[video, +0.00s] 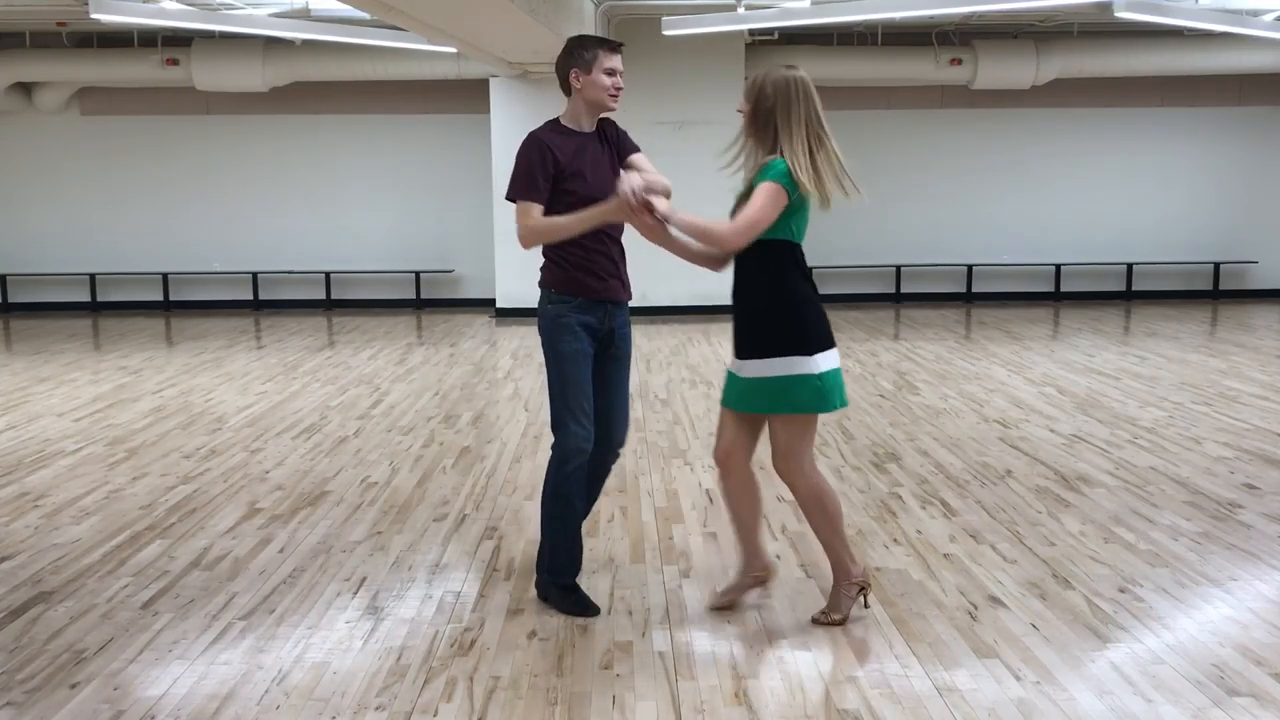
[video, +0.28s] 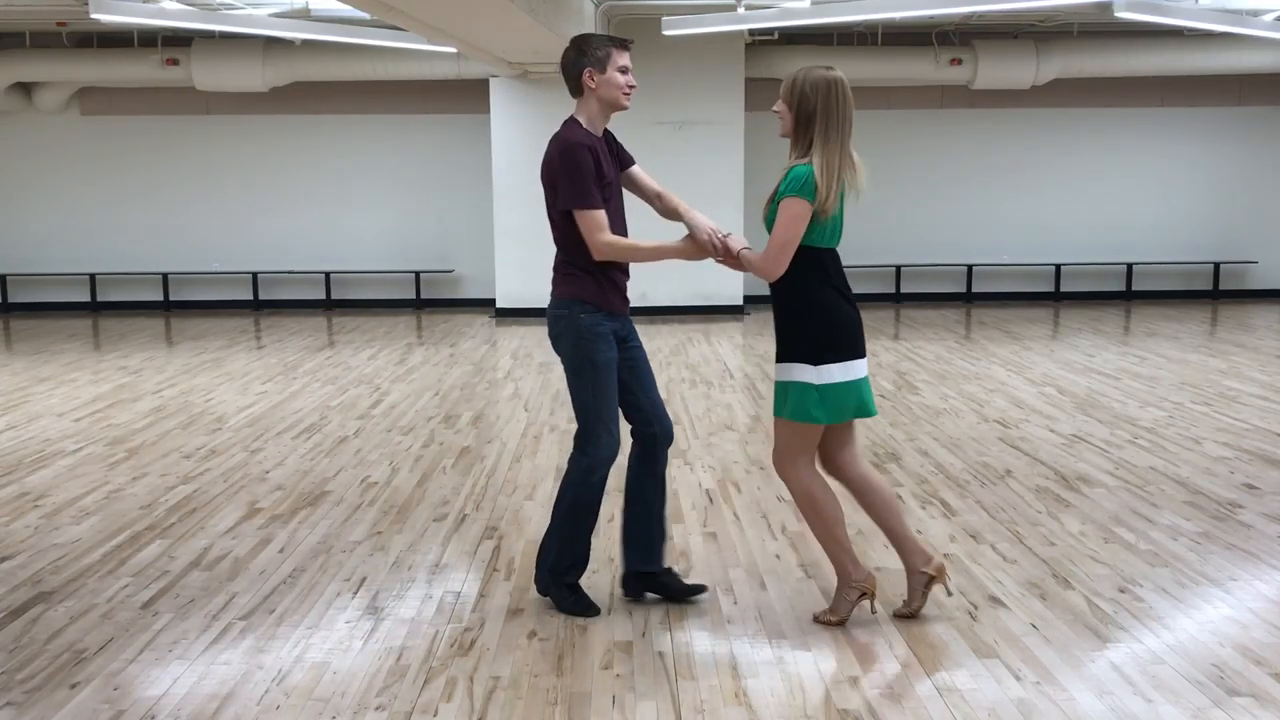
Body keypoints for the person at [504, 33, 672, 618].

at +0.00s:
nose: (620, 83)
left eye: (621, 75)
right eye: (610, 74)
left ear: (602, 82)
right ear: (576, 78)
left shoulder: (614, 138)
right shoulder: (540, 145)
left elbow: (662, 187)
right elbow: (529, 232)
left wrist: (645, 186)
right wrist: (609, 211)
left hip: (613, 310)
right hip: (566, 310)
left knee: (608, 440)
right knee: (575, 441)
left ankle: (557, 538)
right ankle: (555, 580)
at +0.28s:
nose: (632, 82)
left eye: (632, 72)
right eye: (623, 71)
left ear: (602, 81)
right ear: (588, 79)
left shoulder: (605, 143)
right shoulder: (572, 146)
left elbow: (658, 198)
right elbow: (600, 246)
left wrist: (699, 222)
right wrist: (679, 251)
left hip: (614, 315)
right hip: (580, 316)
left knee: (654, 431)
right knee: (600, 443)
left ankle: (644, 571)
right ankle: (556, 573)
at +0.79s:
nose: (629, 78)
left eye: (628, 68)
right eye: (620, 68)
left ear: (596, 77)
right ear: (587, 74)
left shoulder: (590, 139)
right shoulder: (571, 136)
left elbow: (630, 199)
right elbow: (581, 227)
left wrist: (666, 186)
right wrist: (654, 207)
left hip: (602, 312)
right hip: (585, 314)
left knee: (636, 432)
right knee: (616, 441)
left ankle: (598, 567)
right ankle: (576, 584)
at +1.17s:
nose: (590, 84)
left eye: (589, 75)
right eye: (581, 75)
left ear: (554, 83)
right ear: (549, 81)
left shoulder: (555, 137)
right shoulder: (528, 139)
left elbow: (593, 161)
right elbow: (585, 176)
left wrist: (630, 148)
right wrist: (632, 153)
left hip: (542, 315)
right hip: (537, 317)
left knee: (544, 446)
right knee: (581, 446)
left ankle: (500, 579)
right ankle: (533, 582)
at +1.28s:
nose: (580, 87)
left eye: (579, 77)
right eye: (571, 77)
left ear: (541, 85)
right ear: (538, 83)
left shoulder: (536, 137)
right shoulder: (522, 139)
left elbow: (590, 150)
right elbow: (589, 151)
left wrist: (629, 126)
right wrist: (627, 121)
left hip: (538, 319)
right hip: (528, 321)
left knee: (544, 451)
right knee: (552, 453)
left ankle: (510, 573)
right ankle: (470, 568)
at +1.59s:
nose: (568, 79)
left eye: (567, 69)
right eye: (560, 70)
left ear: (530, 78)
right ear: (529, 75)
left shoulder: (527, 129)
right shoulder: (503, 124)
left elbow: (586, 96)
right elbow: (586, 82)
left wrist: (634, 30)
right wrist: (631, 22)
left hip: (520, 317)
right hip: (493, 316)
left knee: (524, 448)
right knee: (469, 444)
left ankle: (500, 578)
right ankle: (404, 567)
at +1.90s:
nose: (586, 79)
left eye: (585, 69)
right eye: (578, 70)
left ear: (549, 78)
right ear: (548, 77)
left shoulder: (541, 134)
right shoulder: (520, 128)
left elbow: (597, 116)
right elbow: (586, 93)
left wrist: (645, 75)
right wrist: (657, 21)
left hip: (532, 314)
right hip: (526, 316)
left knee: (527, 447)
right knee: (566, 449)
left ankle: (499, 580)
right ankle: (466, 549)